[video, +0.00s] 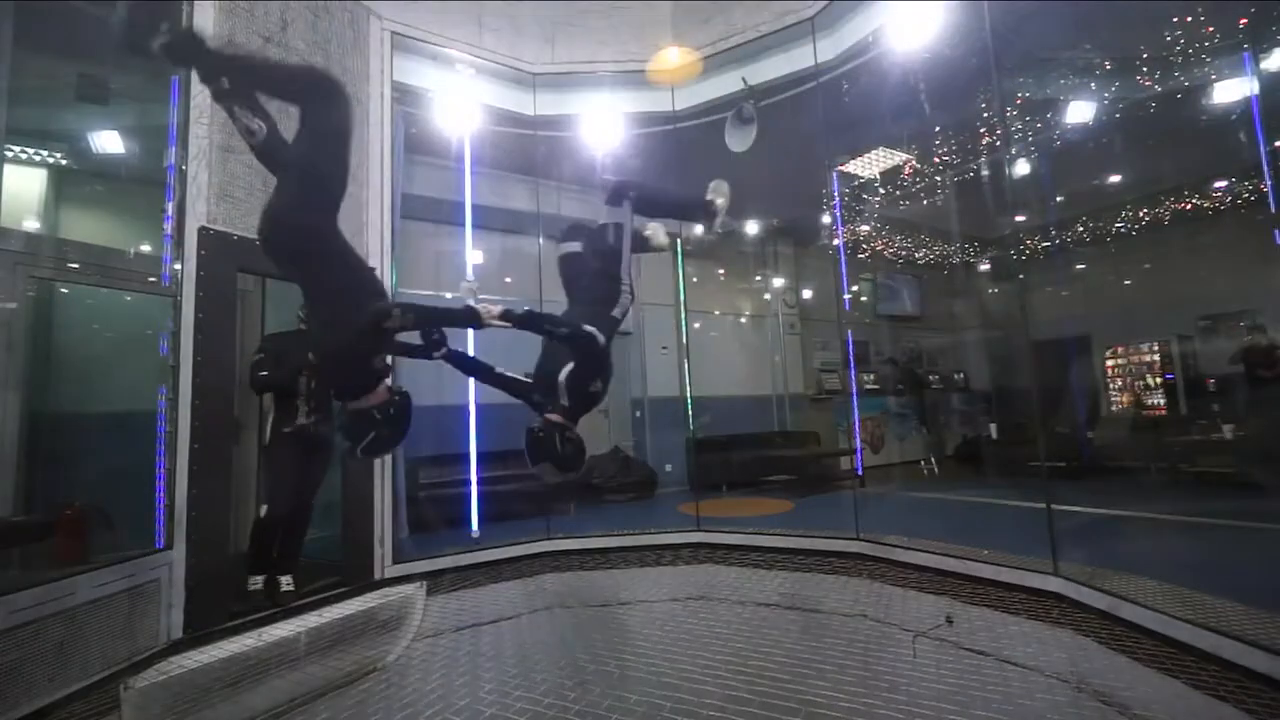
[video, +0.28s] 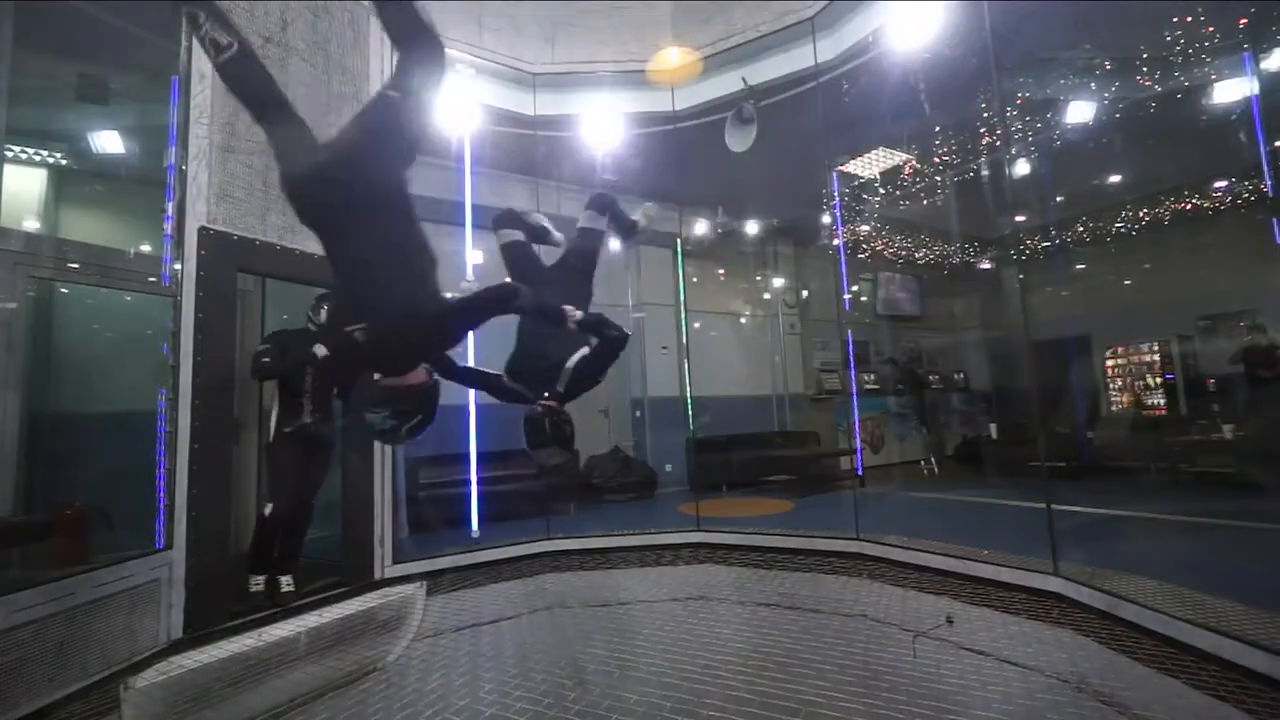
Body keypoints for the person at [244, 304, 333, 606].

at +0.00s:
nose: (318, 321)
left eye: (322, 316)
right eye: (314, 315)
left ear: (329, 318)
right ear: (305, 314)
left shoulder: (332, 347)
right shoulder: (278, 343)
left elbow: (345, 388)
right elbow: (258, 380)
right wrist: (295, 374)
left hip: (319, 438)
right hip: (284, 437)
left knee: (302, 507)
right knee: (278, 507)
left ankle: (285, 575)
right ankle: (258, 573)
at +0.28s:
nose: (328, 316)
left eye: (333, 311)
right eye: (324, 309)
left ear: (339, 317)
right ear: (313, 311)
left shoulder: (340, 345)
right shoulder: (284, 339)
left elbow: (345, 388)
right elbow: (260, 368)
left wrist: (338, 353)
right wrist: (305, 357)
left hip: (320, 437)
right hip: (286, 435)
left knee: (303, 506)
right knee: (279, 504)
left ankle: (285, 574)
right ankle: (258, 572)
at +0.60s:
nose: (338, 316)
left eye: (344, 313)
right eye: (333, 310)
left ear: (348, 321)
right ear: (317, 311)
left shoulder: (342, 348)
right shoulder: (289, 336)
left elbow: (350, 395)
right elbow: (247, 355)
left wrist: (360, 361)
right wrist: (298, 350)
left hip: (318, 437)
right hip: (282, 435)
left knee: (303, 504)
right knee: (281, 502)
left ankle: (286, 572)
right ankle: (258, 571)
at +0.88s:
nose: (335, 315)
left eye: (340, 311)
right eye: (328, 308)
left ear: (343, 318)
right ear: (311, 311)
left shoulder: (337, 352)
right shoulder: (283, 336)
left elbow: (348, 392)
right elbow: (241, 355)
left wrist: (362, 361)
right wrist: (291, 351)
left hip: (311, 439)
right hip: (275, 435)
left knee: (300, 503)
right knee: (273, 501)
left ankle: (286, 573)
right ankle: (265, 571)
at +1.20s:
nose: (319, 312)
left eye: (324, 308)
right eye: (312, 306)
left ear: (329, 314)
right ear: (296, 308)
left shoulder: (325, 351)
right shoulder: (268, 335)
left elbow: (348, 386)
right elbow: (229, 352)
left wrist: (354, 355)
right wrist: (278, 351)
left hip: (303, 436)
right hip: (265, 431)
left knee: (294, 502)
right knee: (240, 478)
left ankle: (283, 571)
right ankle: (252, 552)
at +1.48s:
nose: (315, 311)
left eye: (318, 307)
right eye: (306, 306)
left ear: (322, 313)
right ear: (289, 311)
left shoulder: (320, 351)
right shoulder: (264, 339)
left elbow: (353, 371)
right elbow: (230, 365)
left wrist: (356, 353)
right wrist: (273, 357)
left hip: (300, 437)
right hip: (263, 431)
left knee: (301, 508)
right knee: (230, 458)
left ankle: (282, 573)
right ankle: (227, 534)